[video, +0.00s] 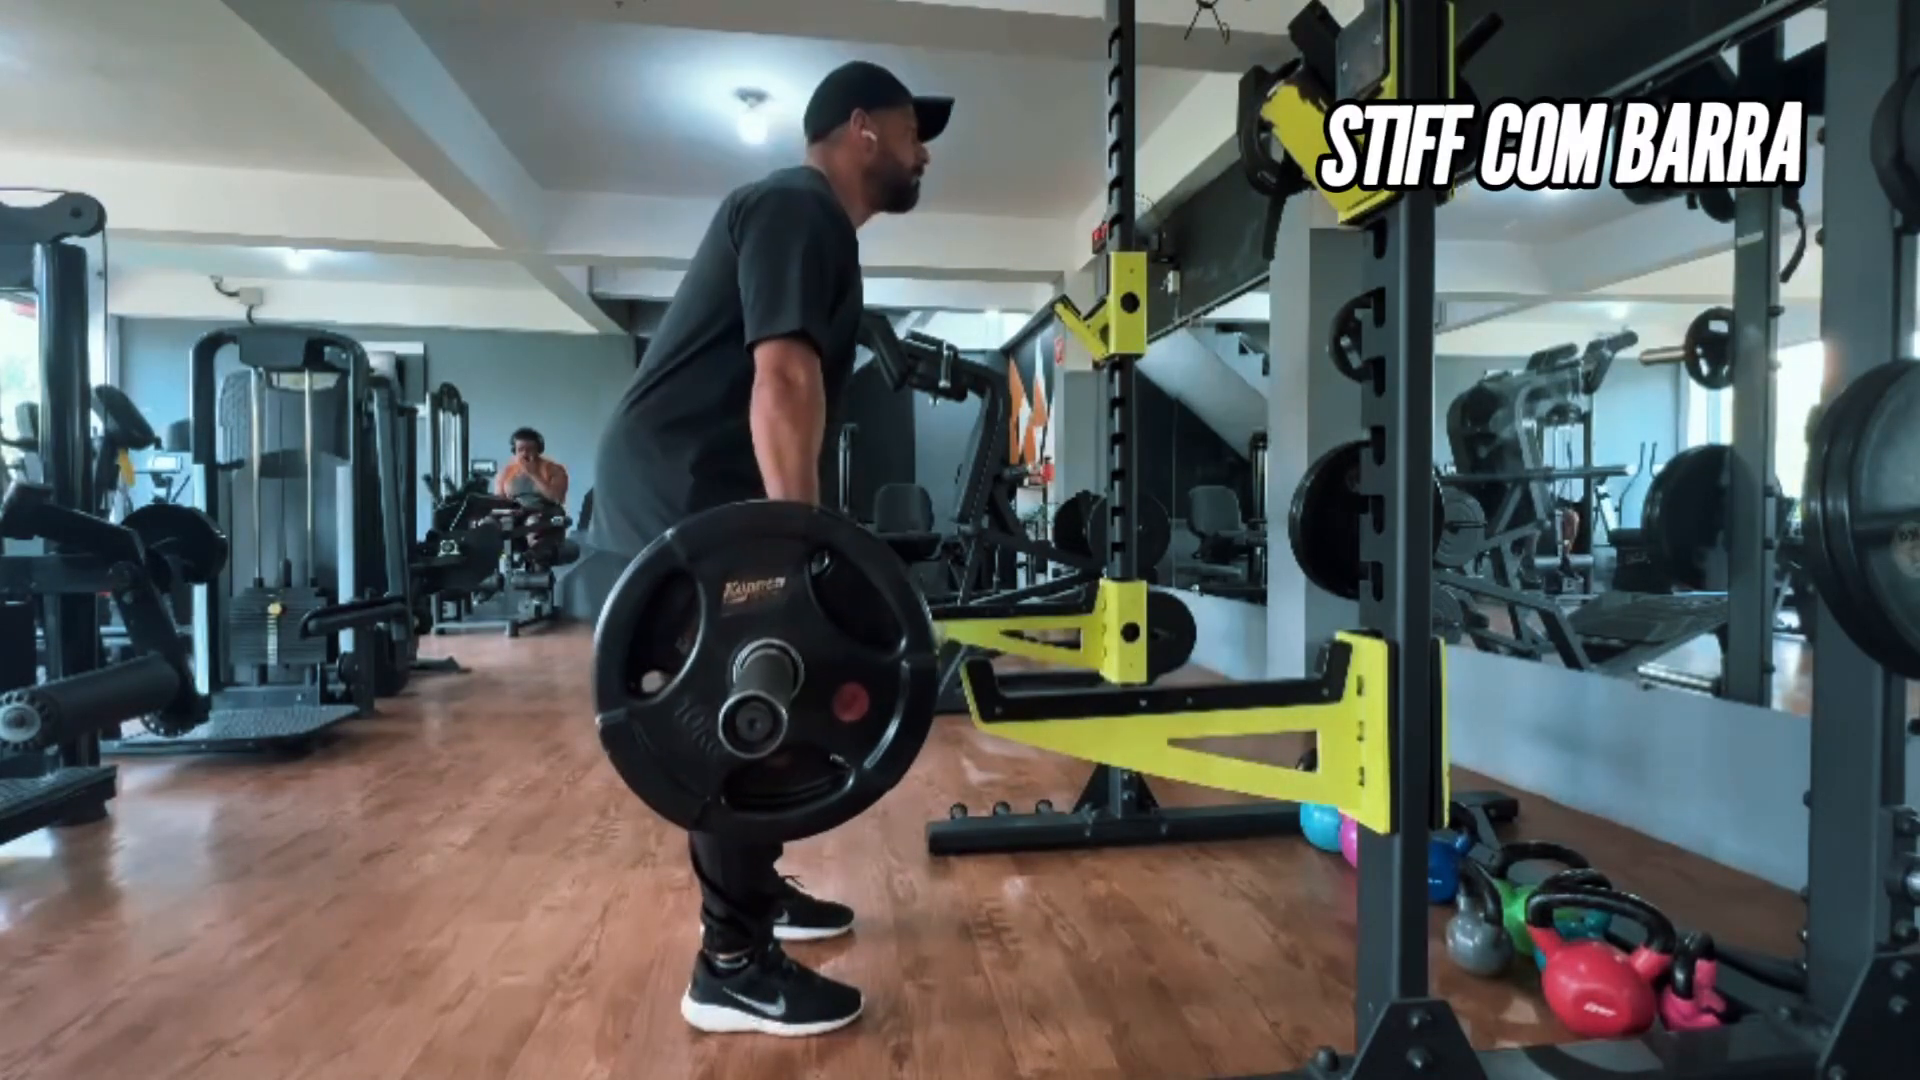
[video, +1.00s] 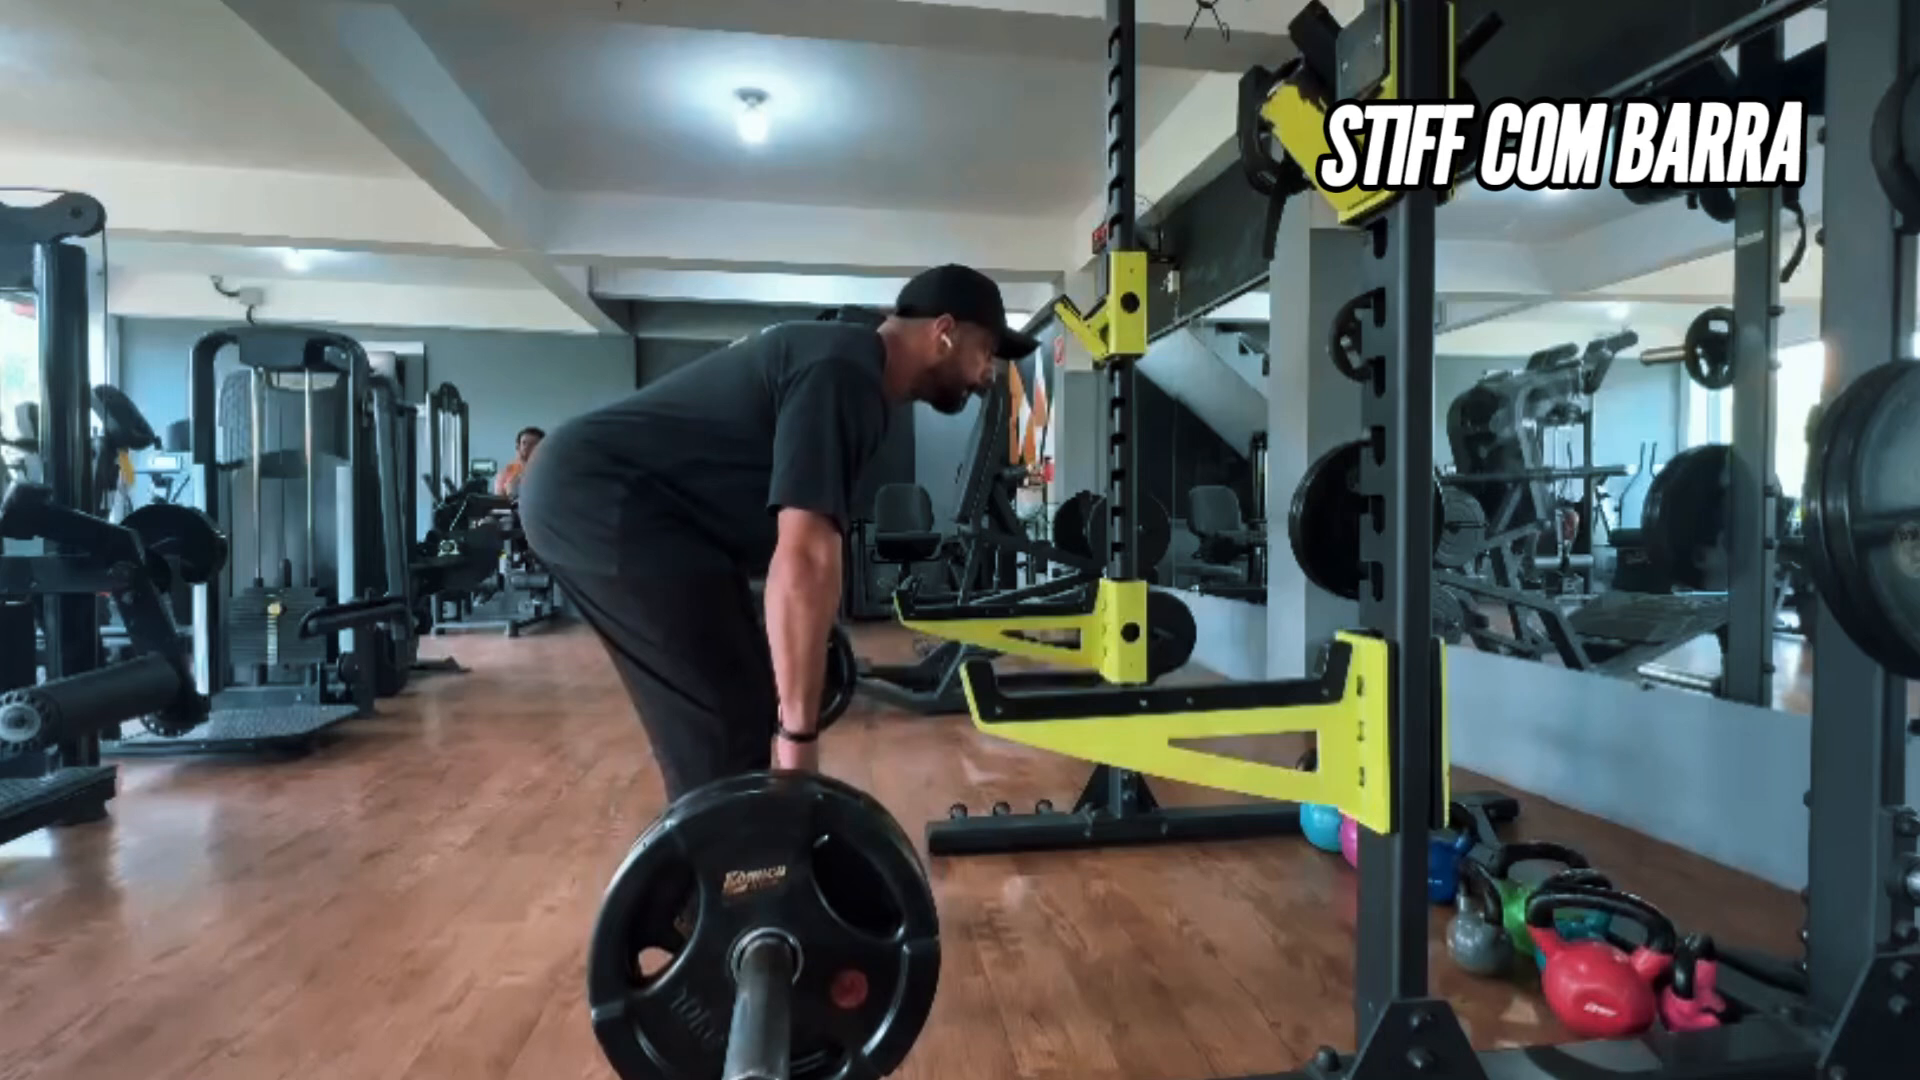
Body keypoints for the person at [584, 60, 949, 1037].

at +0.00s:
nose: (925, 156)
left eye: (925, 139)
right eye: (914, 134)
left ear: (853, 135)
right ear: (857, 130)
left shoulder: (816, 220)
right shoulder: (796, 203)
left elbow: (794, 384)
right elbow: (782, 376)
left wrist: (805, 547)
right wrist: (803, 551)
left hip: (706, 488)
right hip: (681, 491)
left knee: (758, 693)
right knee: (739, 708)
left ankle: (748, 882)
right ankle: (730, 961)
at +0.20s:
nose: (954, 202)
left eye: (956, 185)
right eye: (947, 181)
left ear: (888, 173)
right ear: (898, 170)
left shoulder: (831, 253)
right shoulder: (815, 239)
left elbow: (804, 412)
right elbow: (791, 408)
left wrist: (800, 579)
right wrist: (801, 585)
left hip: (688, 481)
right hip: (659, 481)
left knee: (751, 687)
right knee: (737, 707)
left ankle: (756, 893)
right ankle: (729, 961)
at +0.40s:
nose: (973, 254)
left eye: (977, 236)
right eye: (967, 231)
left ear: (907, 224)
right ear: (919, 218)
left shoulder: (842, 296)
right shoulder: (826, 274)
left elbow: (805, 454)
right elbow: (797, 450)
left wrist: (801, 626)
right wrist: (798, 633)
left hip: (642, 482)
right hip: (643, 480)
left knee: (720, 710)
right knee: (755, 706)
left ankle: (739, 948)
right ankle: (737, 966)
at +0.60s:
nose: (982, 299)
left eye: (986, 283)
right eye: (978, 277)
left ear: (923, 266)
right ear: (927, 261)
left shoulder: (853, 331)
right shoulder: (831, 307)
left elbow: (805, 491)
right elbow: (800, 489)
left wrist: (801, 650)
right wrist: (800, 661)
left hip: (628, 485)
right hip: (624, 484)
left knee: (706, 719)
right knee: (747, 714)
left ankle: (715, 946)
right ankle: (764, 965)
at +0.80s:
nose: (985, 337)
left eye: (991, 320)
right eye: (984, 314)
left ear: (932, 299)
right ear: (939, 298)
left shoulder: (847, 343)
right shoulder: (838, 338)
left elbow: (801, 523)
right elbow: (802, 526)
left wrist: (792, 688)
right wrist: (798, 699)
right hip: (613, 487)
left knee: (714, 716)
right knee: (742, 711)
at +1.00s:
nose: (990, 375)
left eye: (997, 359)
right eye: (989, 352)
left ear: (939, 332)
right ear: (945, 332)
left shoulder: (849, 369)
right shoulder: (838, 367)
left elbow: (816, 545)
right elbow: (803, 552)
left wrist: (793, 716)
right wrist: (797, 732)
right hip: (601, 493)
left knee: (731, 710)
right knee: (733, 713)